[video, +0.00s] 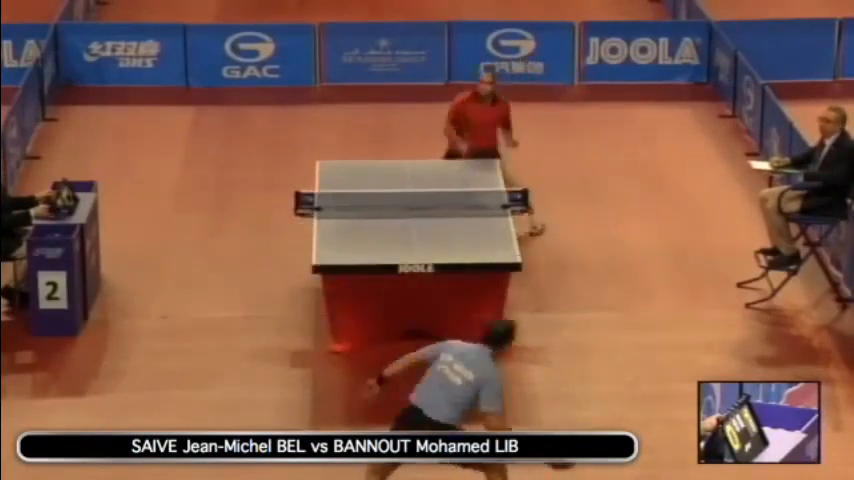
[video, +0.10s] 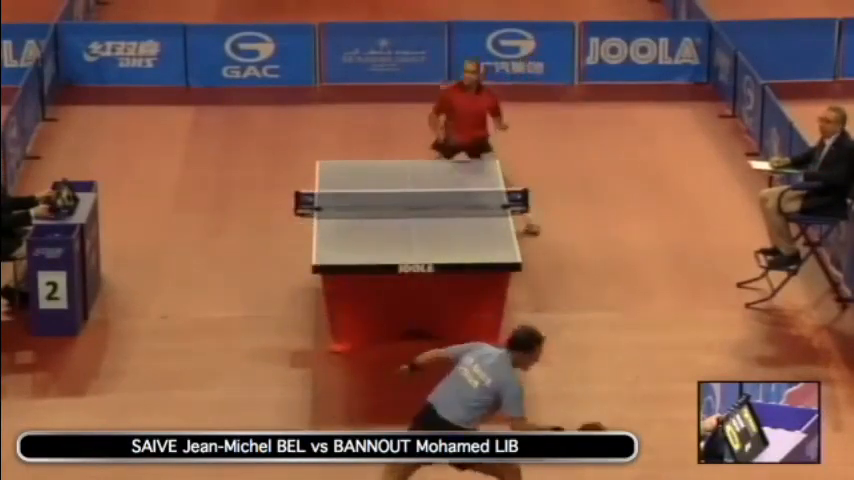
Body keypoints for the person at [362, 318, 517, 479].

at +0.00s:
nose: (511, 350)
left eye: (510, 344)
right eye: (511, 345)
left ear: (486, 335)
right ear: (505, 347)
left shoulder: (453, 346)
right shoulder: (490, 373)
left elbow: (412, 358)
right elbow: (493, 422)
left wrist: (381, 378)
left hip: (411, 417)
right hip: (442, 430)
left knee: (379, 469)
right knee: (495, 467)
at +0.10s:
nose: (537, 359)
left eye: (538, 353)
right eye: (536, 353)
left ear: (513, 345)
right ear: (524, 352)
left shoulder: (480, 349)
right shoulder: (510, 381)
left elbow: (438, 353)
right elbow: (518, 426)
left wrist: (414, 365)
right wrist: (550, 430)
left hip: (426, 420)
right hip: (454, 435)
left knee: (397, 471)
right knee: (510, 472)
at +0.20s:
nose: (555, 369)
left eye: (557, 363)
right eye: (553, 362)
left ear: (535, 352)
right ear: (538, 356)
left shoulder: (505, 352)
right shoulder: (530, 385)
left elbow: (464, 355)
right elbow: (551, 426)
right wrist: (585, 411)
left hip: (442, 420)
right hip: (466, 437)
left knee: (427, 474)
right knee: (519, 476)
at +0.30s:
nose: (560, 351)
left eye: (560, 346)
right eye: (559, 347)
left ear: (532, 340)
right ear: (553, 352)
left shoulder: (513, 348)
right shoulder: (536, 383)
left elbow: (485, 355)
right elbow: (552, 425)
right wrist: (586, 411)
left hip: (452, 420)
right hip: (477, 438)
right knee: (520, 475)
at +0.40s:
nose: (556, 340)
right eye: (555, 337)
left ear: (527, 334)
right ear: (552, 345)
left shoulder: (511, 346)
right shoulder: (537, 376)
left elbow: (489, 357)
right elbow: (545, 427)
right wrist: (582, 425)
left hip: (462, 423)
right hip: (489, 439)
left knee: (481, 475)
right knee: (540, 476)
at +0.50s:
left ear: (529, 335)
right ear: (556, 343)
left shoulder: (515, 349)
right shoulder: (550, 384)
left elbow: (488, 375)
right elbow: (549, 434)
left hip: (484, 433)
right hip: (517, 443)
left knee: (482, 475)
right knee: (559, 476)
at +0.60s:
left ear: (537, 338)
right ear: (566, 343)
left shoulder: (516, 360)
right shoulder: (567, 384)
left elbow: (493, 393)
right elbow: (563, 432)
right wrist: (572, 464)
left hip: (501, 449)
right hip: (538, 456)